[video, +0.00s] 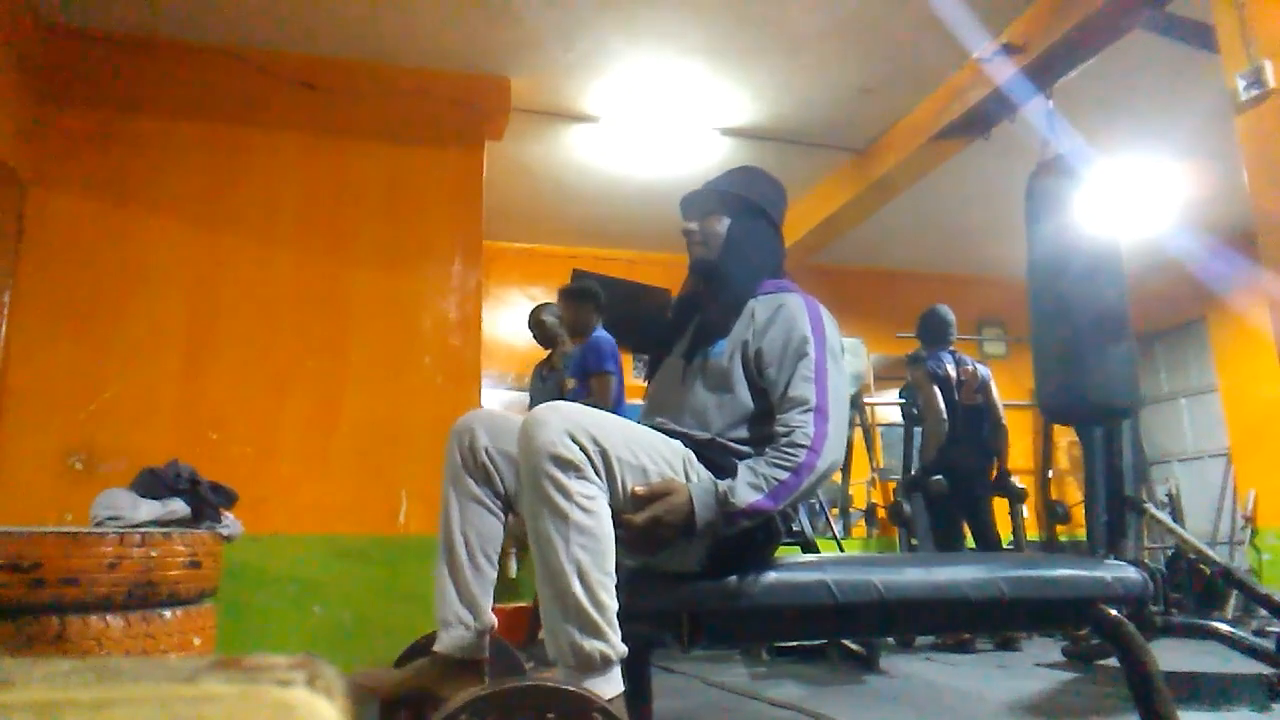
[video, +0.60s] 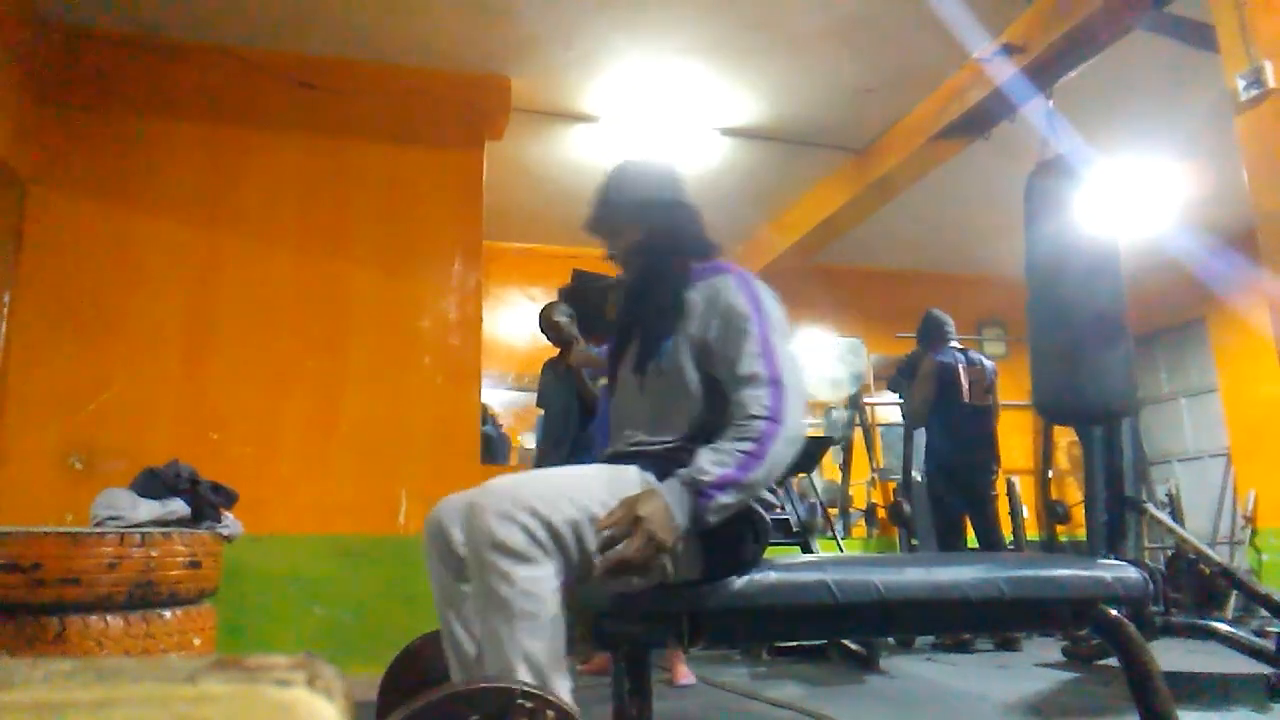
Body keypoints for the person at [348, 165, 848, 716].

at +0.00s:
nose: (692, 233)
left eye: (708, 221)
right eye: (691, 223)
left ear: (749, 229)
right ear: (693, 231)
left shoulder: (790, 313)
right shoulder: (696, 316)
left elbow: (810, 443)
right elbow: (667, 425)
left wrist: (709, 500)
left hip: (728, 502)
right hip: (664, 483)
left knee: (555, 431)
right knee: (479, 437)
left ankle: (591, 685)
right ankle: (460, 649)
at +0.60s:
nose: (612, 252)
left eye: (617, 234)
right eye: (606, 239)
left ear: (654, 223)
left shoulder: (730, 293)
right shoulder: (641, 313)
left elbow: (772, 426)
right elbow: (627, 433)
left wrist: (679, 501)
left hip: (699, 500)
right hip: (631, 489)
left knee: (505, 516)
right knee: (451, 523)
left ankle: (536, 705)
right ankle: (484, 706)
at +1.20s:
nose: (446, 400)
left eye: (442, 383)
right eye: (431, 389)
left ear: (471, 348)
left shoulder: (580, 352)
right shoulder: (517, 404)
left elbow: (612, 483)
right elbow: (515, 510)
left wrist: (554, 616)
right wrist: (467, 614)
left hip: (724, 501)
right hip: (655, 505)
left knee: (522, 533)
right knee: (478, 543)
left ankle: (547, 706)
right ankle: (496, 705)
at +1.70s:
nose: (449, 377)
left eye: (448, 354)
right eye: (437, 364)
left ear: (482, 323)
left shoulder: (576, 334)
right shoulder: (516, 389)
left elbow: (653, 458)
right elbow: (551, 513)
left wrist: (599, 600)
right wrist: (465, 598)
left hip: (726, 500)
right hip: (655, 505)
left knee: (509, 537)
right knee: (477, 542)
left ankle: (538, 710)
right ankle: (498, 709)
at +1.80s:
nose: (448, 376)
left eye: (446, 355)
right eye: (437, 364)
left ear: (479, 327)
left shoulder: (575, 334)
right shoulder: (516, 393)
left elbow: (656, 454)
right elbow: (543, 519)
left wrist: (602, 597)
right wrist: (465, 599)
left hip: (727, 497)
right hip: (659, 504)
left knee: (504, 538)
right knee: (475, 542)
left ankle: (534, 710)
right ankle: (499, 707)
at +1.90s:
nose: (447, 375)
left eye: (443, 355)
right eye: (435, 364)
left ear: (475, 327)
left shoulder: (574, 336)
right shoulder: (522, 394)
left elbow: (658, 452)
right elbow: (532, 526)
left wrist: (604, 596)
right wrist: (465, 601)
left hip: (729, 497)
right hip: (666, 504)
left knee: (505, 540)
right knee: (476, 542)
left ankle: (535, 710)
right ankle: (503, 708)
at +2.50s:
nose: (437, 388)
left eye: (434, 368)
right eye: (426, 377)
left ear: (466, 337)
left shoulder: (561, 337)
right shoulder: (513, 397)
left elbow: (663, 444)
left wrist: (600, 582)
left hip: (726, 500)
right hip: (669, 503)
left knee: (500, 541)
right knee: (475, 543)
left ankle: (521, 710)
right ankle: (496, 706)